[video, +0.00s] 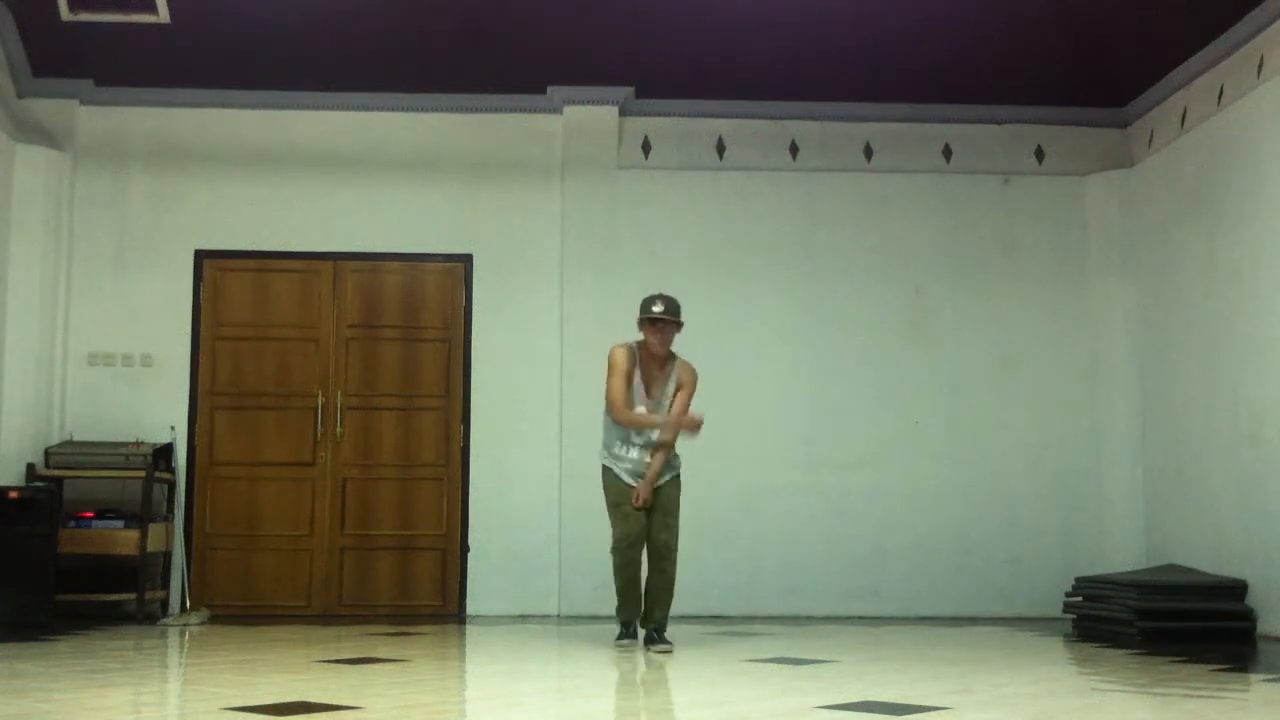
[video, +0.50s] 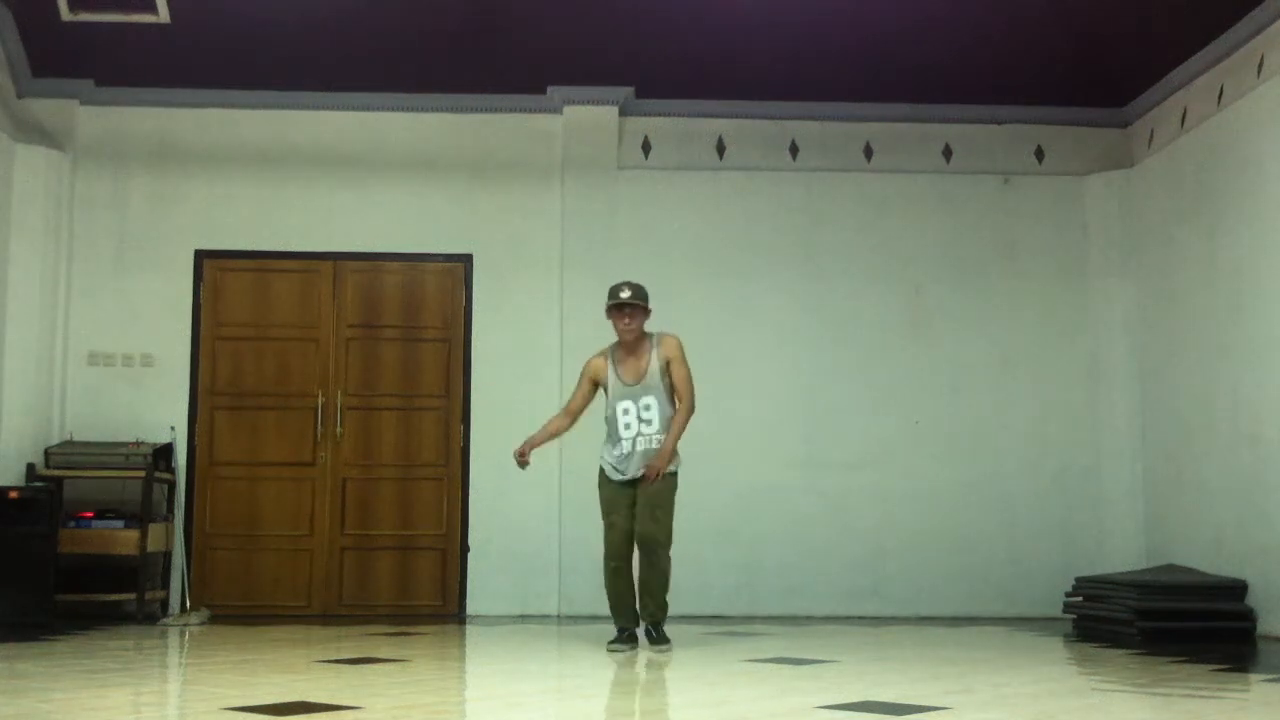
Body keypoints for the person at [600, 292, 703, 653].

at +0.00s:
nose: (659, 331)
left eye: (666, 325)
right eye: (652, 324)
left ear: (677, 330)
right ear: (641, 326)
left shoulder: (685, 373)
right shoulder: (622, 356)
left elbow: (670, 432)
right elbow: (619, 414)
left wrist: (650, 479)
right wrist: (674, 422)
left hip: (665, 469)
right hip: (621, 466)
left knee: (664, 546)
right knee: (628, 540)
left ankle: (656, 626)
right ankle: (628, 621)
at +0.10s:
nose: (654, 328)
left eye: (662, 322)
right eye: (648, 321)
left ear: (673, 326)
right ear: (637, 324)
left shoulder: (686, 365)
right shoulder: (619, 356)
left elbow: (675, 424)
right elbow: (616, 419)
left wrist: (658, 475)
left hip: (666, 468)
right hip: (621, 467)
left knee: (662, 547)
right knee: (627, 544)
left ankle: (656, 628)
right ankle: (630, 624)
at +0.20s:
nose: (647, 321)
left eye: (654, 315)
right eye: (640, 315)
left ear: (666, 318)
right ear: (630, 318)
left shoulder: (684, 356)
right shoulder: (614, 354)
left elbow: (678, 416)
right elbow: (603, 410)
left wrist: (663, 470)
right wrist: (593, 464)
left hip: (666, 466)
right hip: (621, 466)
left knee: (662, 548)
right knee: (625, 544)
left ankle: (657, 628)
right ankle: (629, 623)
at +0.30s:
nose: (640, 315)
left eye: (647, 308)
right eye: (632, 309)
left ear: (659, 312)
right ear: (622, 313)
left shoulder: (679, 349)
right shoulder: (607, 353)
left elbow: (681, 410)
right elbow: (582, 406)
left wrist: (665, 462)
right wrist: (558, 454)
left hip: (666, 464)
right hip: (621, 464)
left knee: (662, 548)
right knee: (623, 545)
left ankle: (656, 628)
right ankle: (624, 627)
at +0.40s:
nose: (631, 313)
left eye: (638, 307)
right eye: (624, 307)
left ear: (651, 310)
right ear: (615, 312)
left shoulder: (672, 346)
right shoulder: (601, 356)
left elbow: (683, 403)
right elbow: (570, 404)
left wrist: (664, 457)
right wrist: (538, 443)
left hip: (663, 465)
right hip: (619, 467)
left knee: (659, 549)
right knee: (620, 549)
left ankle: (655, 629)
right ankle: (626, 627)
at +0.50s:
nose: (626, 317)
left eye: (633, 310)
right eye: (619, 311)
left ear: (646, 314)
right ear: (610, 316)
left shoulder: (666, 348)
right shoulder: (599, 365)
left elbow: (686, 404)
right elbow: (568, 414)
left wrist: (665, 452)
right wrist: (531, 442)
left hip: (658, 467)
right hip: (615, 470)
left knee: (653, 544)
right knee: (617, 548)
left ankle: (654, 622)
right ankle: (626, 627)